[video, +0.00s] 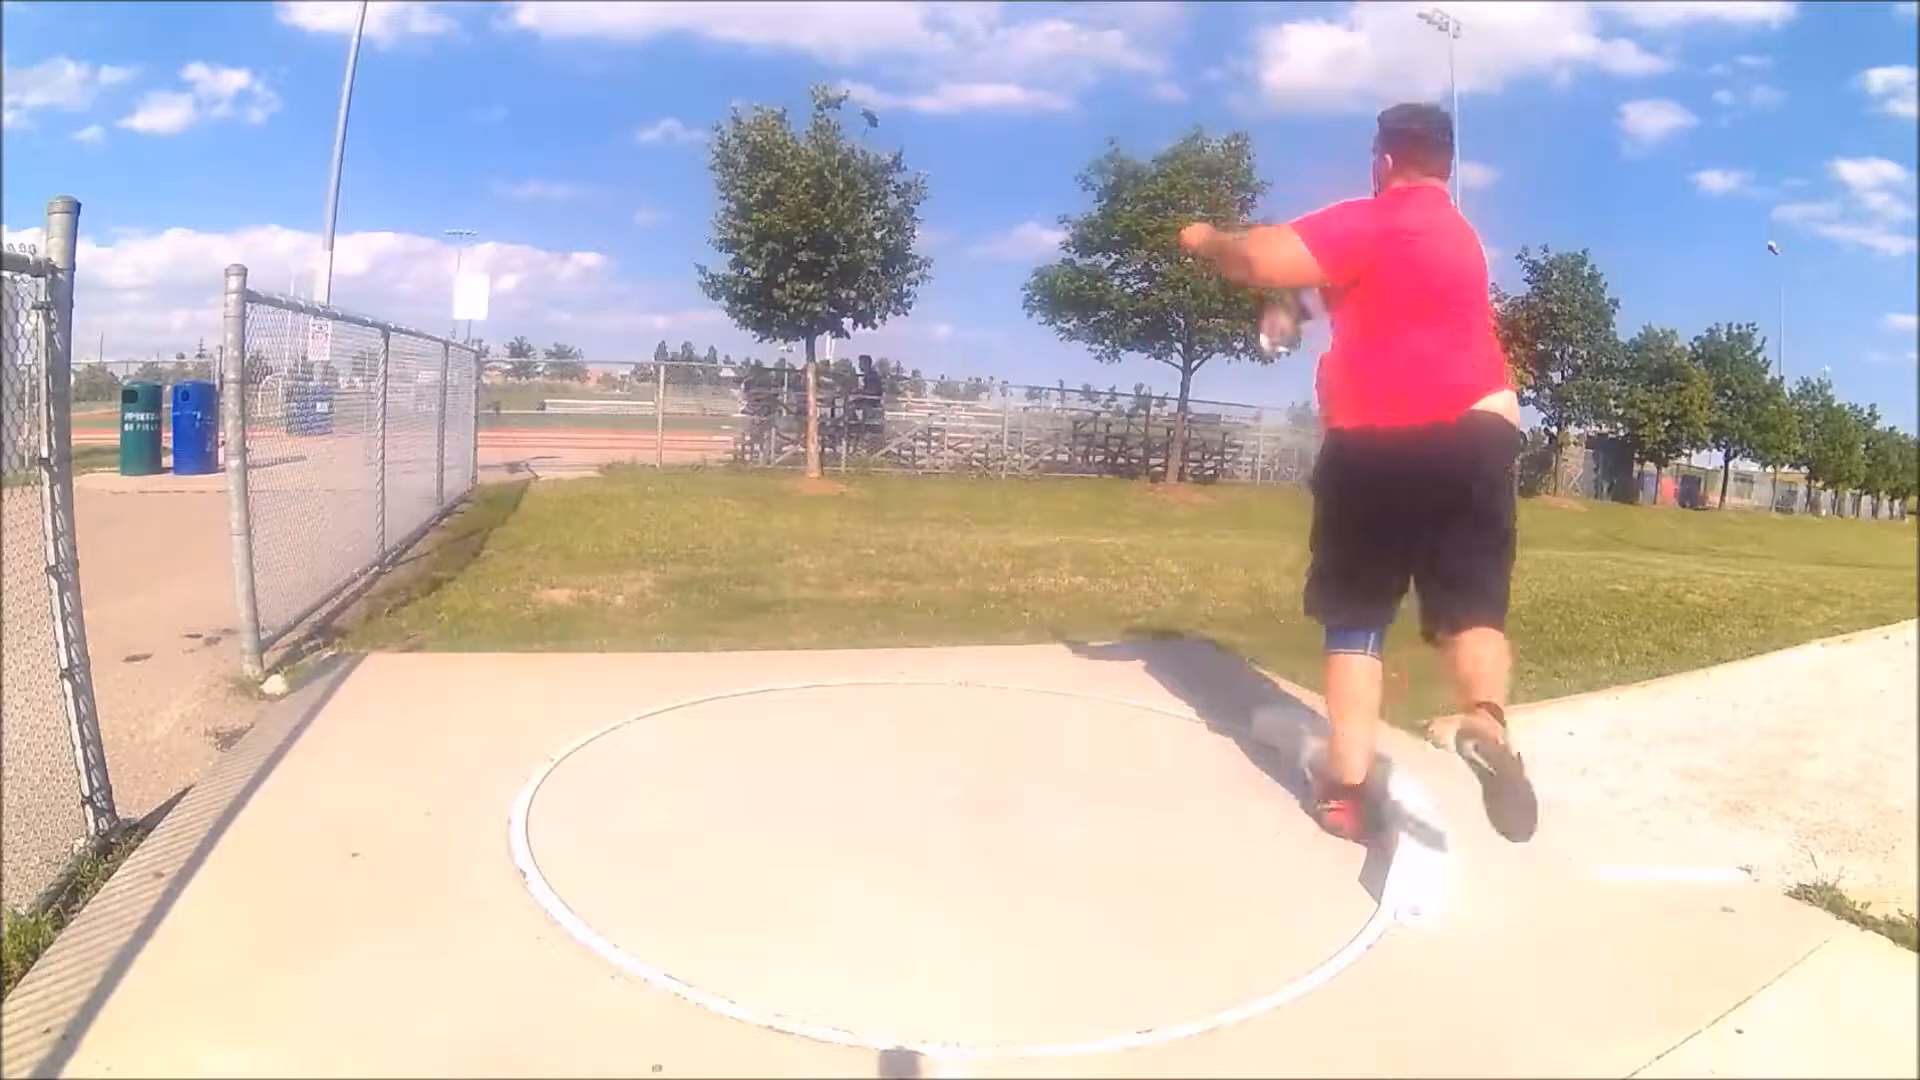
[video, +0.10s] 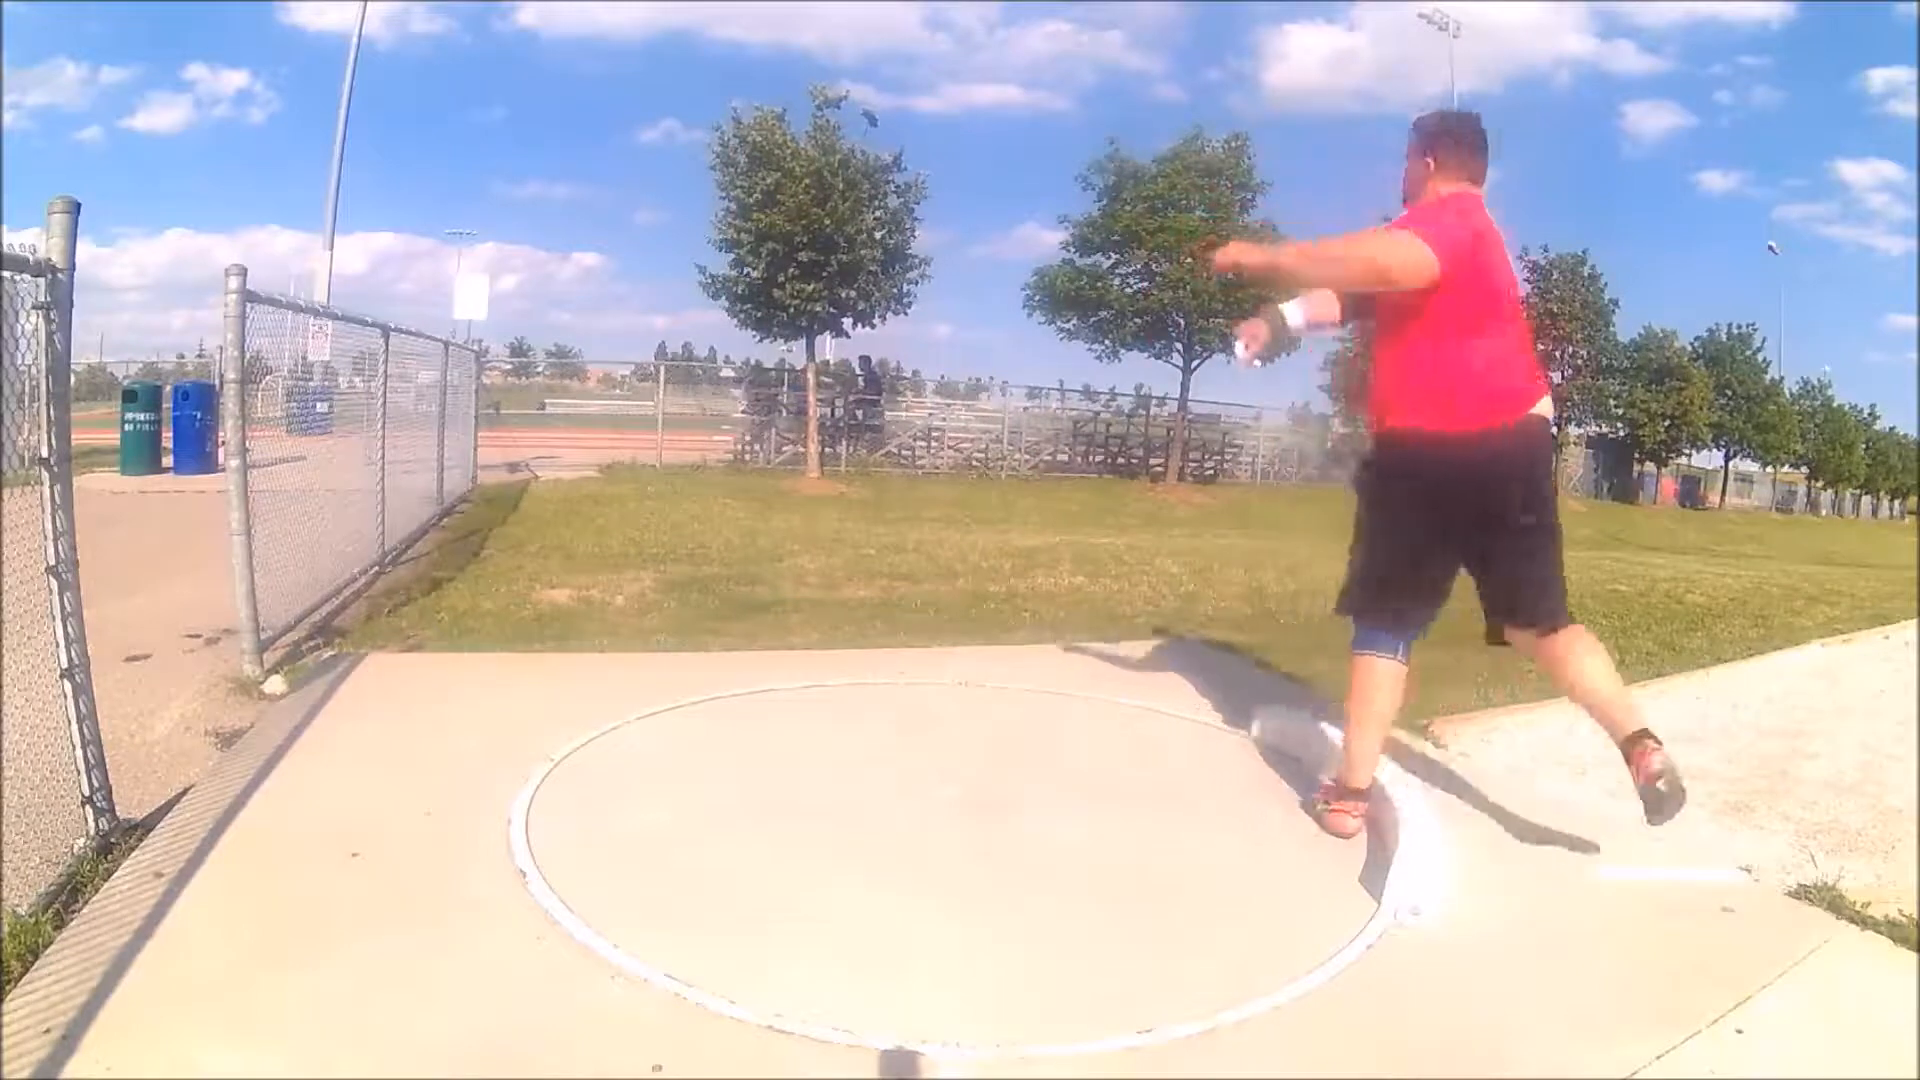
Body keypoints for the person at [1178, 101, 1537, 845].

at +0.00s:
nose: (1375, 169)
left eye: (1376, 159)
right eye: (1381, 160)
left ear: (1384, 161)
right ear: (1447, 166)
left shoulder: (1375, 222)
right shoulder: (1461, 234)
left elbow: (1259, 261)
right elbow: (1369, 278)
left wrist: (1208, 239)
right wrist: (1300, 305)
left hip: (1371, 444)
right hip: (1476, 438)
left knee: (1354, 621)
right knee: (1473, 605)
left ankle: (1350, 795)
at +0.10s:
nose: (1403, 176)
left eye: (1407, 165)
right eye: (1408, 165)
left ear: (1425, 163)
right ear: (1474, 169)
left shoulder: (1448, 220)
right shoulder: (1464, 232)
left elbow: (1391, 264)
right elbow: (1363, 289)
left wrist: (1267, 257)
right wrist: (1283, 317)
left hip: (1420, 453)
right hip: (1514, 447)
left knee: (1385, 622)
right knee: (1540, 616)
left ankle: (1351, 793)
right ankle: (1637, 740)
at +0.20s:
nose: (1441, 190)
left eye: (1447, 177)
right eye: (1444, 178)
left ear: (1471, 178)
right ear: (1506, 182)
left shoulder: (1510, 233)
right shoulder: (1449, 250)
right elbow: (1381, 293)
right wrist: (1306, 301)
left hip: (1468, 464)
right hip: (1552, 464)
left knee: (1415, 632)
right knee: (1581, 626)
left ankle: (1356, 792)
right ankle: (1657, 779)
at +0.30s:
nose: (1487, 206)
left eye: (1494, 193)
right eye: (1489, 193)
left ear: (1526, 195)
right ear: (1536, 197)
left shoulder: (1576, 262)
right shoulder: (1484, 266)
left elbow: (1612, 330)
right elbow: (1422, 287)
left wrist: (1554, 361)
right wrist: (1369, 292)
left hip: (1516, 484)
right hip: (1586, 490)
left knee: (1439, 641)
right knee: (1590, 644)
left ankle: (1361, 794)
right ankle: (1636, 796)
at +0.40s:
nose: (1529, 209)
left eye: (1536, 197)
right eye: (1531, 198)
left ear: (1568, 200)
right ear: (1571, 201)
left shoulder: (1632, 275)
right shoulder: (1522, 265)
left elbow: (1671, 360)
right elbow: (1476, 291)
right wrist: (1446, 297)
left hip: (1547, 476)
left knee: (1461, 622)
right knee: (1607, 640)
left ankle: (1369, 766)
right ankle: (1642, 794)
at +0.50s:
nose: (1562, 208)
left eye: (1568, 196)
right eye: (1564, 196)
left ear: (1596, 195)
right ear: (1613, 196)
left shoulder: (1659, 271)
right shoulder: (1555, 260)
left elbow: (1691, 379)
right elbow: (1501, 286)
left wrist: (1689, 492)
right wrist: (1489, 298)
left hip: (1561, 461)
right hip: (1631, 476)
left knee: (1471, 597)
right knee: (1618, 629)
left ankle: (1381, 741)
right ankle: (1645, 796)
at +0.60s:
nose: (1585, 210)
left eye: (1588, 198)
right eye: (1588, 199)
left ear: (1605, 192)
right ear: (1647, 197)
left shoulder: (1668, 267)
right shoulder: (1581, 264)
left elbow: (1685, 376)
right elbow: (1528, 288)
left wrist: (1664, 493)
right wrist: (1504, 304)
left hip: (1571, 464)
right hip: (1631, 479)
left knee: (1488, 593)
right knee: (1629, 630)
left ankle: (1411, 737)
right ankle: (1645, 794)